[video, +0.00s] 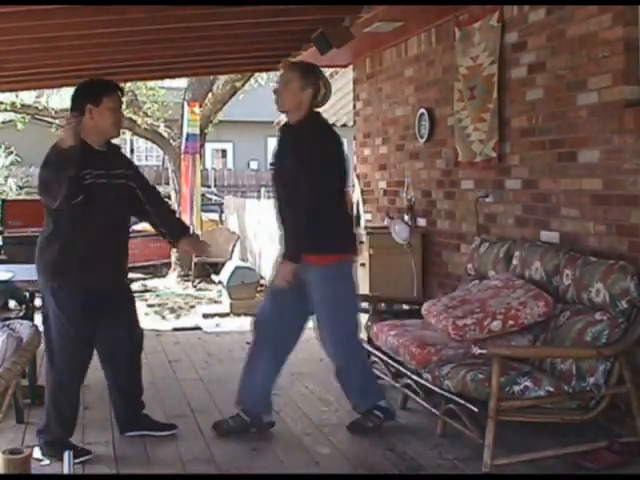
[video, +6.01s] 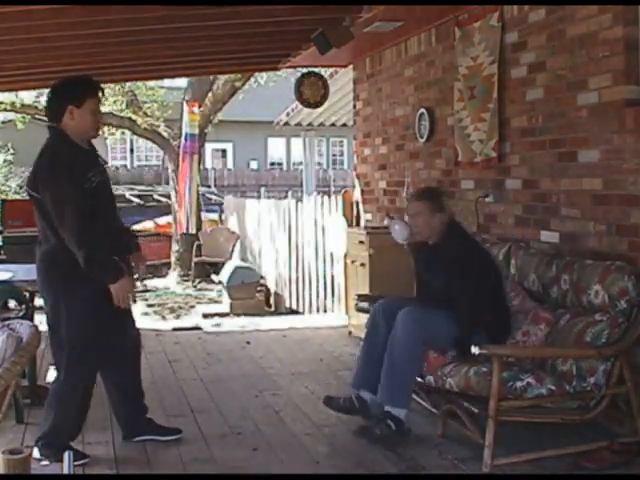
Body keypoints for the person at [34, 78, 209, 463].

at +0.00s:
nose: (121, 118)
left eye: (121, 110)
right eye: (115, 110)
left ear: (100, 114)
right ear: (89, 112)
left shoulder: (120, 163)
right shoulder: (60, 157)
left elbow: (150, 203)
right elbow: (54, 195)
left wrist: (183, 236)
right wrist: (69, 148)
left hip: (110, 274)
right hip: (66, 276)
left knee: (124, 347)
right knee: (68, 361)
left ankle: (131, 419)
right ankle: (54, 441)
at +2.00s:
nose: (110, 114)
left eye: (108, 106)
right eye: (103, 107)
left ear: (83, 113)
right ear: (78, 113)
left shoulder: (88, 154)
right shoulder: (65, 155)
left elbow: (111, 211)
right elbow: (105, 203)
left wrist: (145, 249)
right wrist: (147, 205)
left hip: (92, 273)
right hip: (64, 277)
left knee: (112, 349)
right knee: (70, 360)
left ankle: (129, 420)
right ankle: (51, 443)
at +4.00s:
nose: (105, 110)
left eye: (103, 102)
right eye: (99, 102)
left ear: (76, 108)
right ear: (75, 107)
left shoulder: (89, 151)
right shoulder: (60, 153)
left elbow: (117, 198)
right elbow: (100, 206)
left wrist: (143, 179)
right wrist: (141, 182)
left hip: (103, 275)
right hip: (73, 278)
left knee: (119, 352)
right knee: (72, 363)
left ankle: (134, 424)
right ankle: (52, 444)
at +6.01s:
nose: (101, 118)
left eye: (100, 110)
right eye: (95, 110)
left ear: (73, 113)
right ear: (69, 112)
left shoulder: (86, 156)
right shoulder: (56, 160)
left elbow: (104, 213)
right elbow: (73, 231)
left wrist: (129, 245)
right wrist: (112, 274)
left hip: (99, 272)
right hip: (70, 278)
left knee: (122, 348)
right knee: (78, 361)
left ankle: (135, 424)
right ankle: (52, 445)